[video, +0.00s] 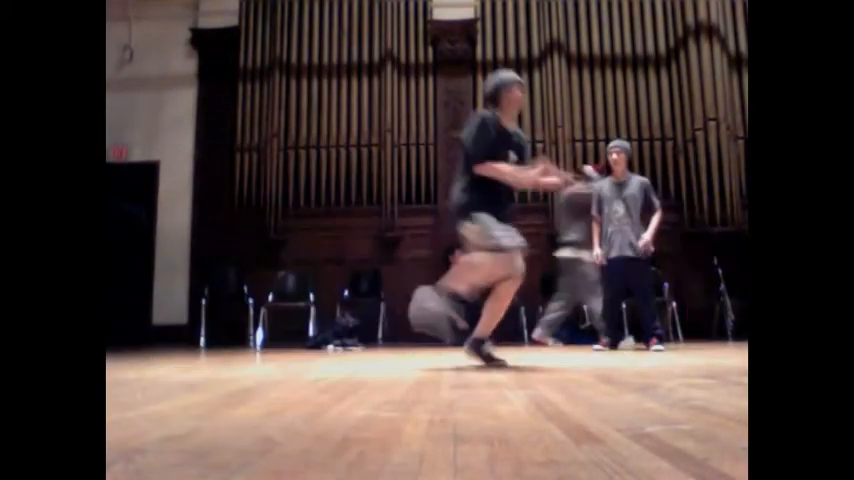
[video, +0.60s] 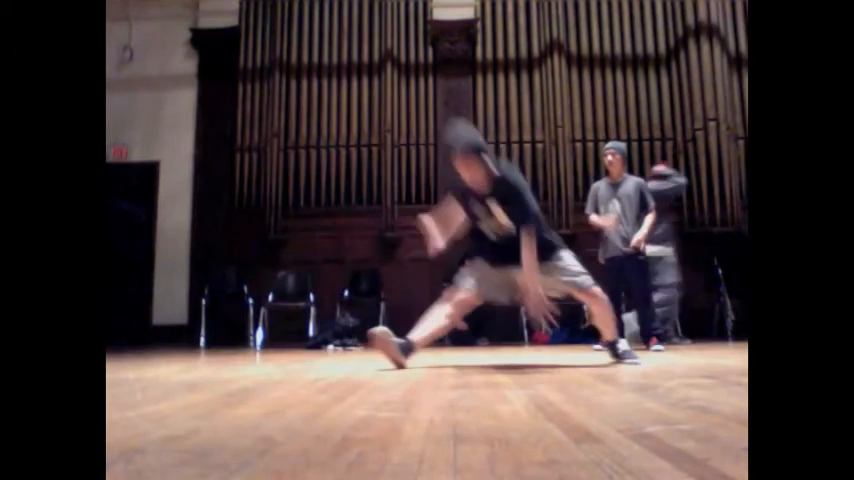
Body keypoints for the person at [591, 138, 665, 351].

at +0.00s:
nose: (615, 158)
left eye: (619, 153)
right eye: (612, 154)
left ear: (627, 157)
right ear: (607, 159)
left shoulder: (641, 183)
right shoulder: (600, 187)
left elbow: (657, 211)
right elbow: (596, 219)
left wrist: (648, 235)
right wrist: (596, 246)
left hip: (636, 250)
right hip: (611, 251)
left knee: (644, 297)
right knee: (610, 299)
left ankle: (652, 337)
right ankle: (610, 337)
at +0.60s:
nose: (609, 159)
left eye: (614, 155)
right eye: (607, 155)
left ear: (623, 159)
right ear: (603, 160)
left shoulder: (637, 184)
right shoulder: (597, 188)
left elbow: (651, 212)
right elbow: (591, 215)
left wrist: (641, 234)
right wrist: (603, 222)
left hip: (634, 250)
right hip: (610, 252)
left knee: (643, 297)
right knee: (611, 298)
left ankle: (651, 336)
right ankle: (612, 337)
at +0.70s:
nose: (609, 160)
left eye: (613, 155)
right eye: (606, 156)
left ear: (622, 159)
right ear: (603, 160)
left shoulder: (637, 184)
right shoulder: (597, 187)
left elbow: (650, 211)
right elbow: (590, 215)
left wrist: (641, 234)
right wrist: (604, 212)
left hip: (633, 250)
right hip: (609, 253)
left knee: (642, 297)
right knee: (611, 298)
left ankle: (651, 336)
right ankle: (612, 337)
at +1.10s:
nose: (608, 163)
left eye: (612, 158)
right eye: (605, 159)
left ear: (622, 160)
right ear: (603, 162)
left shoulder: (638, 184)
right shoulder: (599, 185)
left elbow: (648, 214)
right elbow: (599, 204)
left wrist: (647, 242)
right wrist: (616, 179)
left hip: (635, 248)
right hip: (610, 249)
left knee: (644, 296)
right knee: (611, 298)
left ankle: (653, 336)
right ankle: (610, 336)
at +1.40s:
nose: (607, 164)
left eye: (611, 160)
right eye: (605, 160)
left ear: (622, 161)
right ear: (603, 163)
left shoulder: (638, 184)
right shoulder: (599, 185)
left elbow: (648, 214)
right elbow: (600, 203)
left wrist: (648, 242)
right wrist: (615, 179)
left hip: (636, 249)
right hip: (611, 249)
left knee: (644, 296)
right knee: (611, 298)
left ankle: (653, 336)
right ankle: (611, 336)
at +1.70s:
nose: (606, 165)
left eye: (610, 160)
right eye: (604, 160)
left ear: (621, 161)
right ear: (602, 163)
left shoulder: (638, 184)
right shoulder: (600, 185)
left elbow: (648, 213)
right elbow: (601, 205)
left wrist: (648, 242)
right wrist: (617, 180)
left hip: (636, 248)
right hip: (611, 249)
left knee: (643, 296)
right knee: (611, 297)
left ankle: (652, 336)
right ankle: (609, 336)